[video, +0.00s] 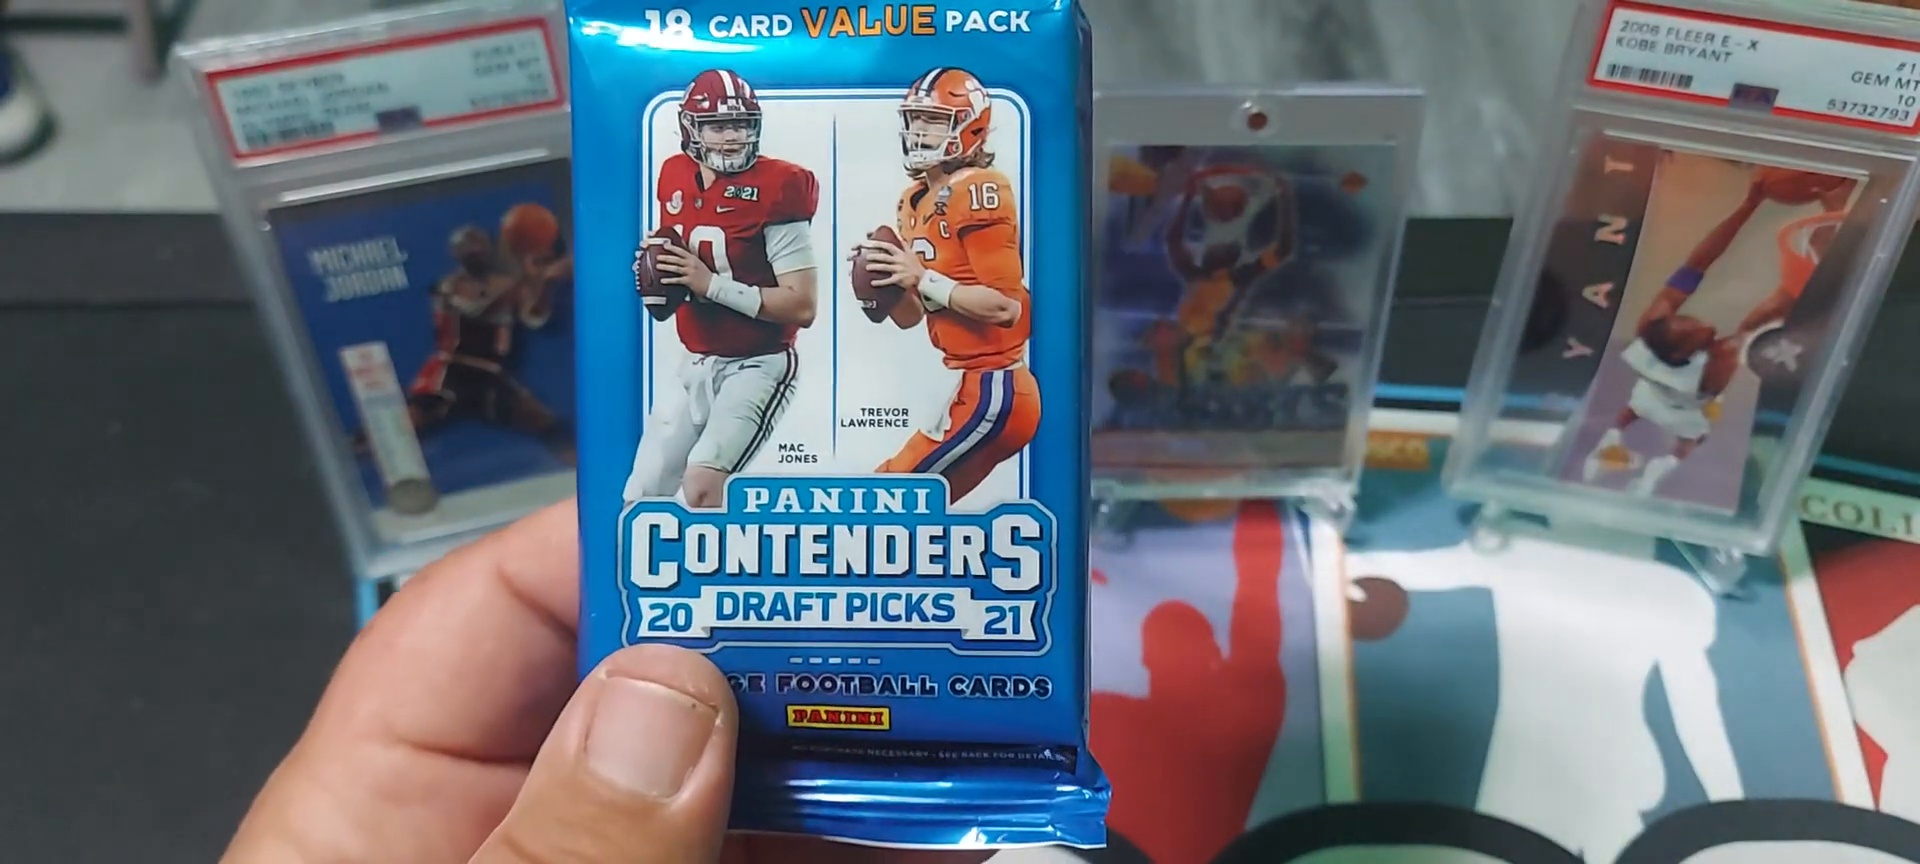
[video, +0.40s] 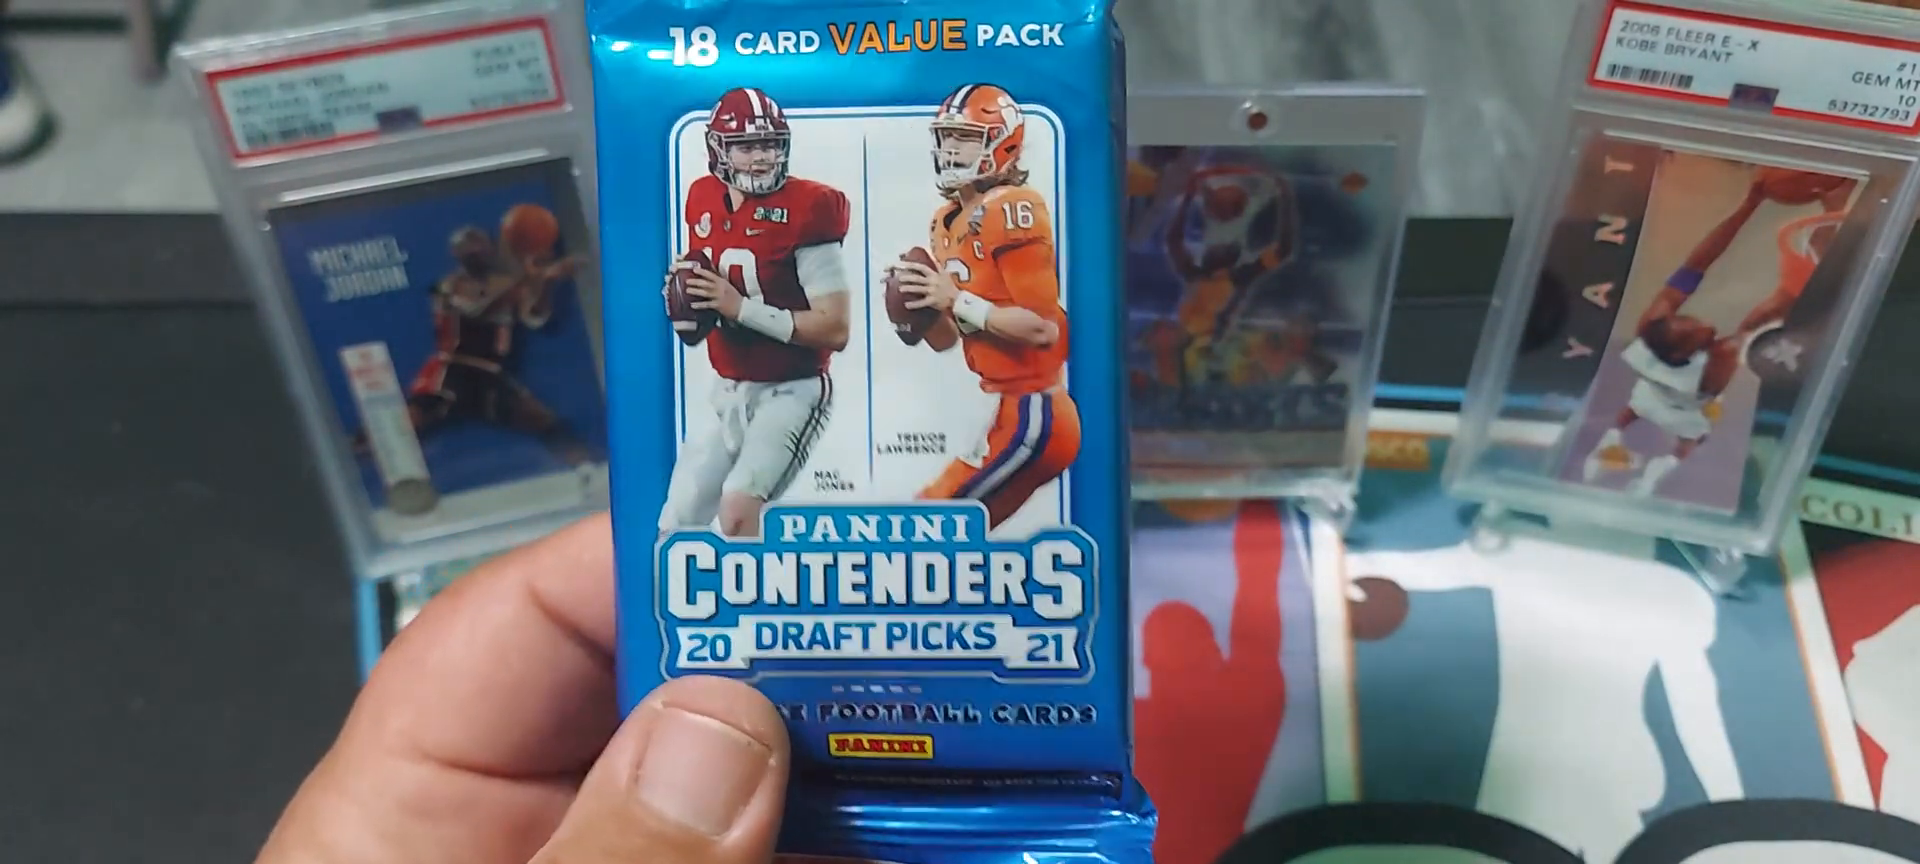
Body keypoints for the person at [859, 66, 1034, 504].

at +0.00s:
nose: (919, 133)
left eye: (934, 122)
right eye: (914, 121)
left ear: (968, 128)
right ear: (905, 124)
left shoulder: (979, 189)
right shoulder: (912, 200)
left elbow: (1005, 307)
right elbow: (908, 316)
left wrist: (921, 277)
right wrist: (879, 282)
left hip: (995, 390)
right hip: (973, 387)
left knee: (881, 501)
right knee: (895, 511)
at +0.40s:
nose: (950, 151)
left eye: (965, 140)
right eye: (945, 139)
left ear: (1001, 146)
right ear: (936, 142)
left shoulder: (1012, 208)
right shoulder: (945, 221)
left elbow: (1043, 327)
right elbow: (942, 338)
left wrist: (956, 300)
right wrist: (914, 299)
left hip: (1032, 413)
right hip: (1010, 411)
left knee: (922, 528)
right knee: (944, 541)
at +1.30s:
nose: (961, 212)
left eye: (977, 199)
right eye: (956, 198)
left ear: (1014, 204)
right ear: (946, 202)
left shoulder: (1028, 273)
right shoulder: (956, 284)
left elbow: (1055, 390)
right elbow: (953, 402)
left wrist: (966, 363)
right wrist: (926, 360)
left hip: (1045, 478)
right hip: (1017, 473)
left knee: (930, 587)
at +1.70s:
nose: (947, 272)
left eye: (963, 260)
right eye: (941, 258)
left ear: (1002, 263)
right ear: (931, 261)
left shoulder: (1016, 329)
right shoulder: (943, 341)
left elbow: (1048, 445)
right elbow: (948, 456)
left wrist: (957, 418)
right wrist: (915, 418)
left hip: (1042, 529)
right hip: (1014, 525)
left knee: (930, 635)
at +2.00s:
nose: (996, 313)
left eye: (1011, 301)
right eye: (992, 300)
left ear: (1047, 306)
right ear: (983, 303)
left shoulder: (1062, 371)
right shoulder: (992, 380)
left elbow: (1087, 482)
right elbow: (990, 490)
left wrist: (1001, 455)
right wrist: (961, 453)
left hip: (1078, 562)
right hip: (1052, 558)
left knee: (966, 663)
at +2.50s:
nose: (1008, 327)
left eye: (1023, 316)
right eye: (1003, 314)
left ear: (1059, 320)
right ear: (994, 317)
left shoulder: (1073, 384)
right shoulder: (1003, 394)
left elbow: (1098, 494)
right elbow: (1002, 503)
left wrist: (1012, 468)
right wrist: (972, 465)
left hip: (1089, 574)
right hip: (1065, 570)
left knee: (978, 674)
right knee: (994, 683)